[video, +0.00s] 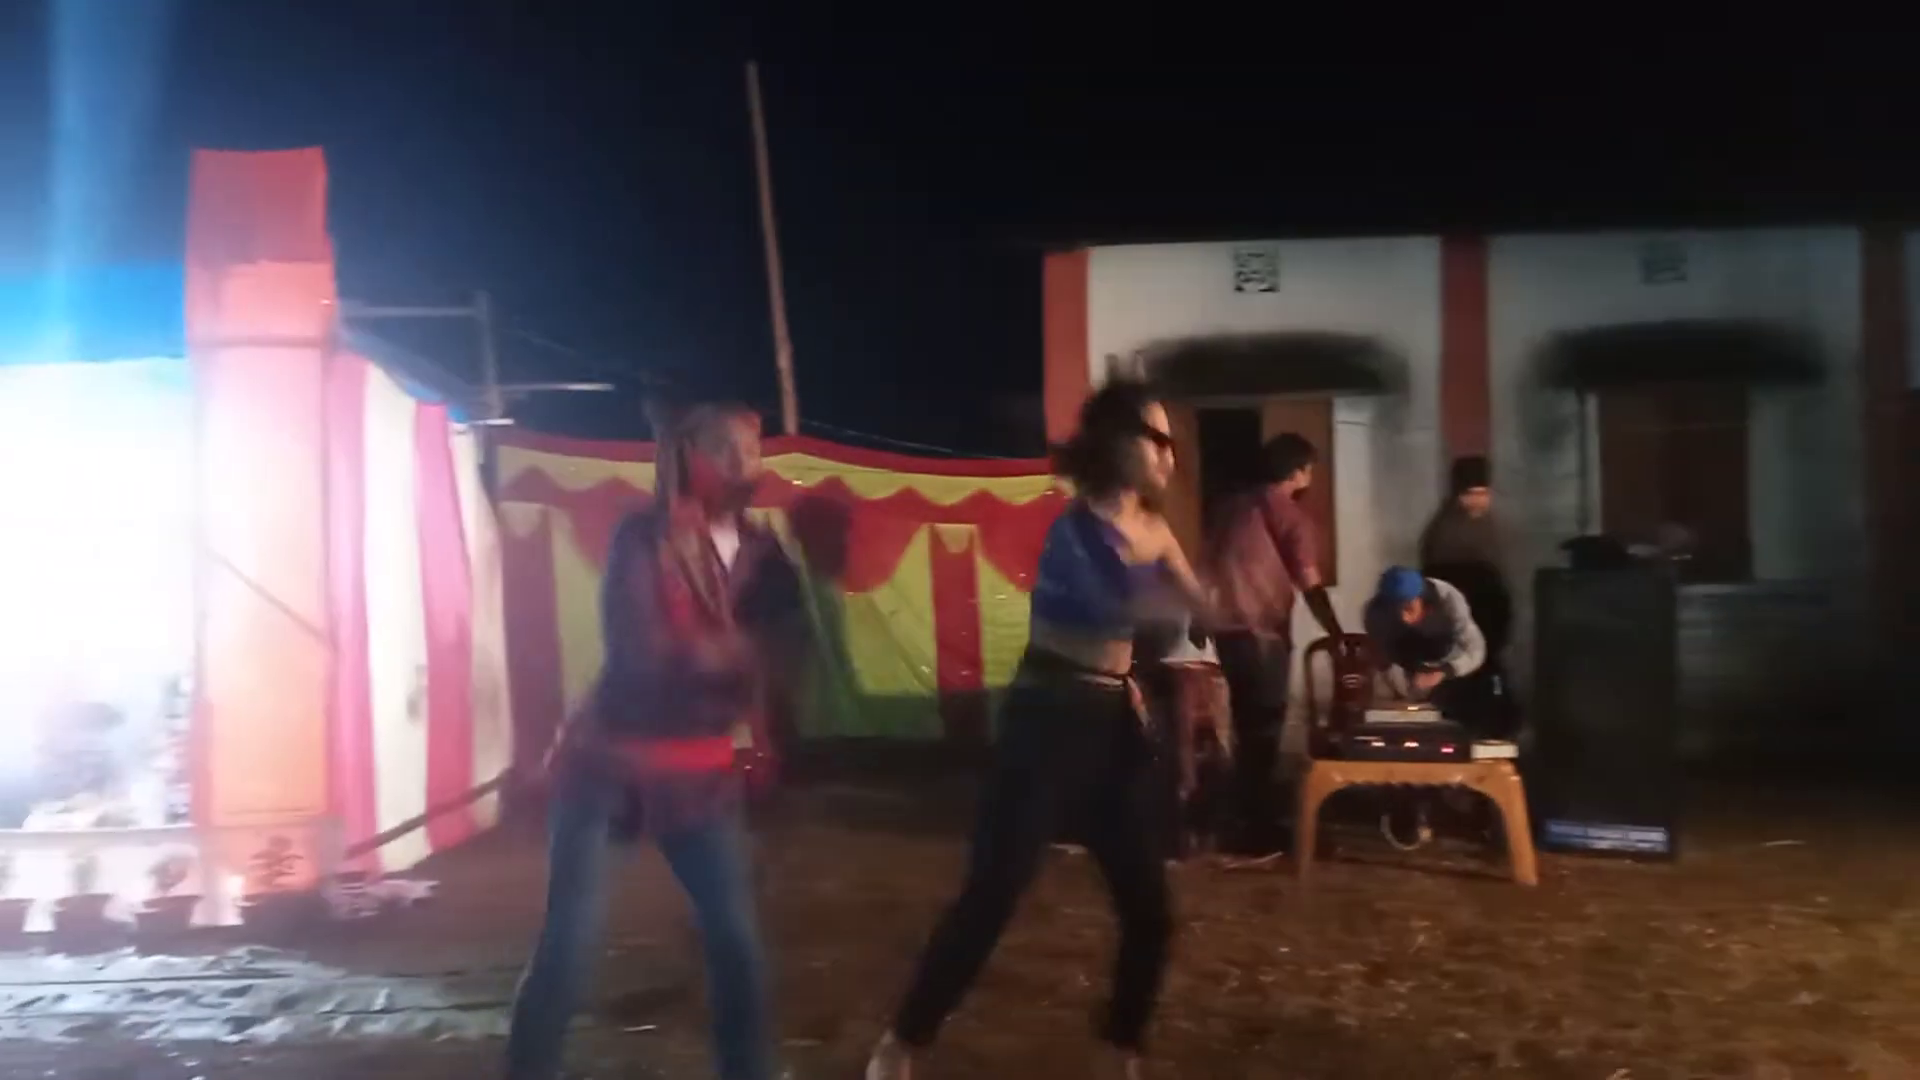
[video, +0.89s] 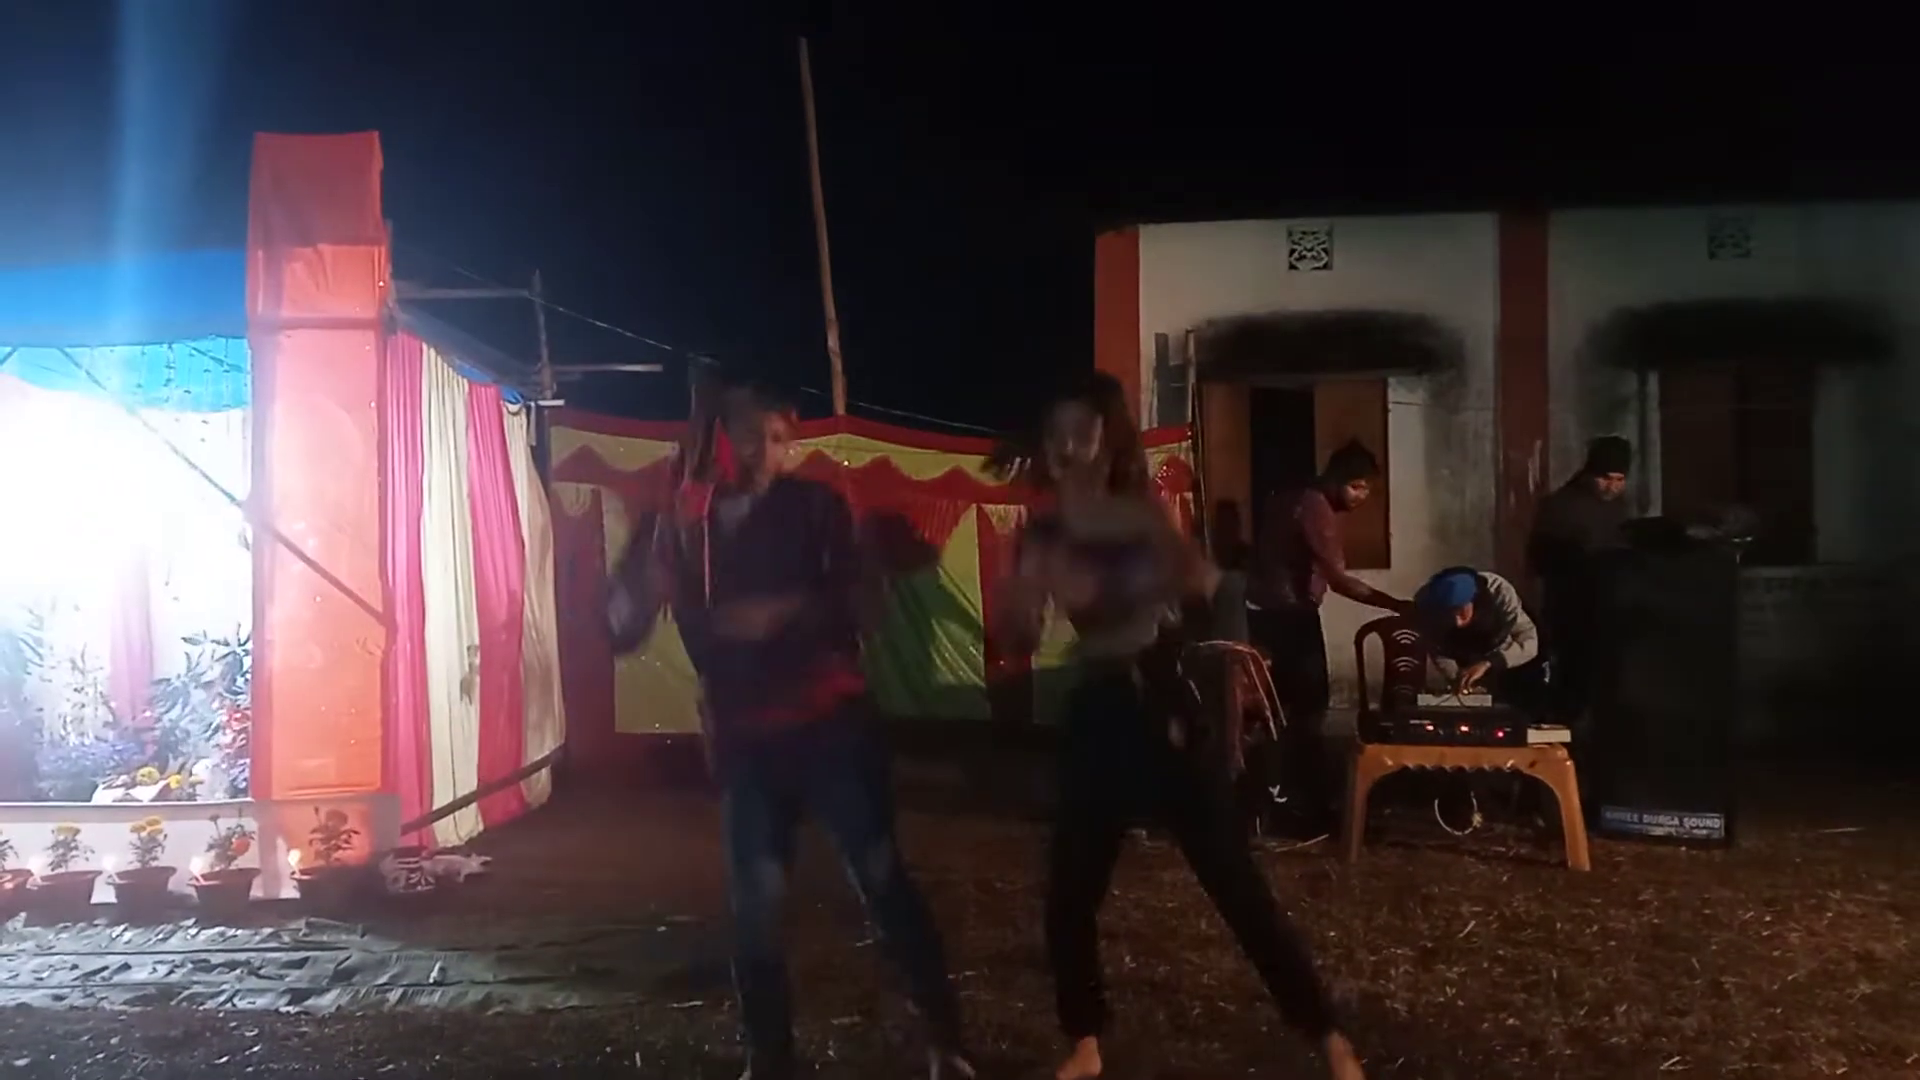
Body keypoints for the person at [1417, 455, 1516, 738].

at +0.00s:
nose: (1478, 501)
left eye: (1483, 493)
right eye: (1471, 494)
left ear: (1490, 493)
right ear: (1458, 494)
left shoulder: (1494, 527)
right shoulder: (1443, 533)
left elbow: (1504, 586)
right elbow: (1436, 587)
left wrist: (1494, 642)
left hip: (1490, 632)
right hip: (1452, 633)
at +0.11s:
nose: (1504, 500)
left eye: (1509, 493)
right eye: (1497, 493)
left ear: (1516, 493)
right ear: (1484, 494)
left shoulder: (1512, 525)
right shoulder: (1470, 530)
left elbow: (1522, 581)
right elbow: (1460, 584)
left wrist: (1528, 629)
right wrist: (1464, 627)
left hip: (1513, 628)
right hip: (1480, 629)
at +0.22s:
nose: (1533, 498)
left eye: (1538, 491)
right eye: (1526, 491)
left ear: (1544, 490)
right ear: (1512, 492)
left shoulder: (1539, 522)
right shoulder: (1494, 524)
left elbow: (1551, 574)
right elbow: (1484, 577)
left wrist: (1557, 622)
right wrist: (1488, 621)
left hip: (1538, 621)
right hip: (1503, 622)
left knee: (1538, 691)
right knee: (1503, 693)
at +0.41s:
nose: (1563, 493)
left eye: (1569, 486)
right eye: (1555, 486)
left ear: (1577, 487)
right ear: (1541, 485)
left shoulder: (1582, 524)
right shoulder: (1518, 524)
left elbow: (1592, 572)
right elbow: (1502, 573)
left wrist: (1588, 613)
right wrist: (1513, 611)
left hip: (1566, 616)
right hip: (1524, 616)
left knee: (1559, 684)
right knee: (1519, 685)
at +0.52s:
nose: (1577, 476)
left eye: (1584, 469)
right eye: (1570, 468)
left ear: (1592, 469)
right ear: (1556, 466)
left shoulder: (1598, 507)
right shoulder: (1530, 503)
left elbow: (1608, 557)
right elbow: (1515, 559)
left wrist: (1604, 596)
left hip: (1586, 600)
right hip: (1538, 598)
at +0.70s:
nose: (1591, 480)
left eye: (1597, 473)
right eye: (1583, 472)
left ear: (1603, 471)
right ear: (1569, 467)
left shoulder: (1597, 502)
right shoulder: (1547, 498)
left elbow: (1606, 549)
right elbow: (1524, 555)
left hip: (1587, 594)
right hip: (1552, 595)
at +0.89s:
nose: (1612, 486)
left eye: (1619, 480)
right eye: (1606, 478)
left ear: (1626, 479)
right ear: (1591, 473)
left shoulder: (1619, 510)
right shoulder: (1559, 507)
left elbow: (1625, 562)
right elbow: (1541, 561)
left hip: (1607, 609)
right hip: (1567, 610)